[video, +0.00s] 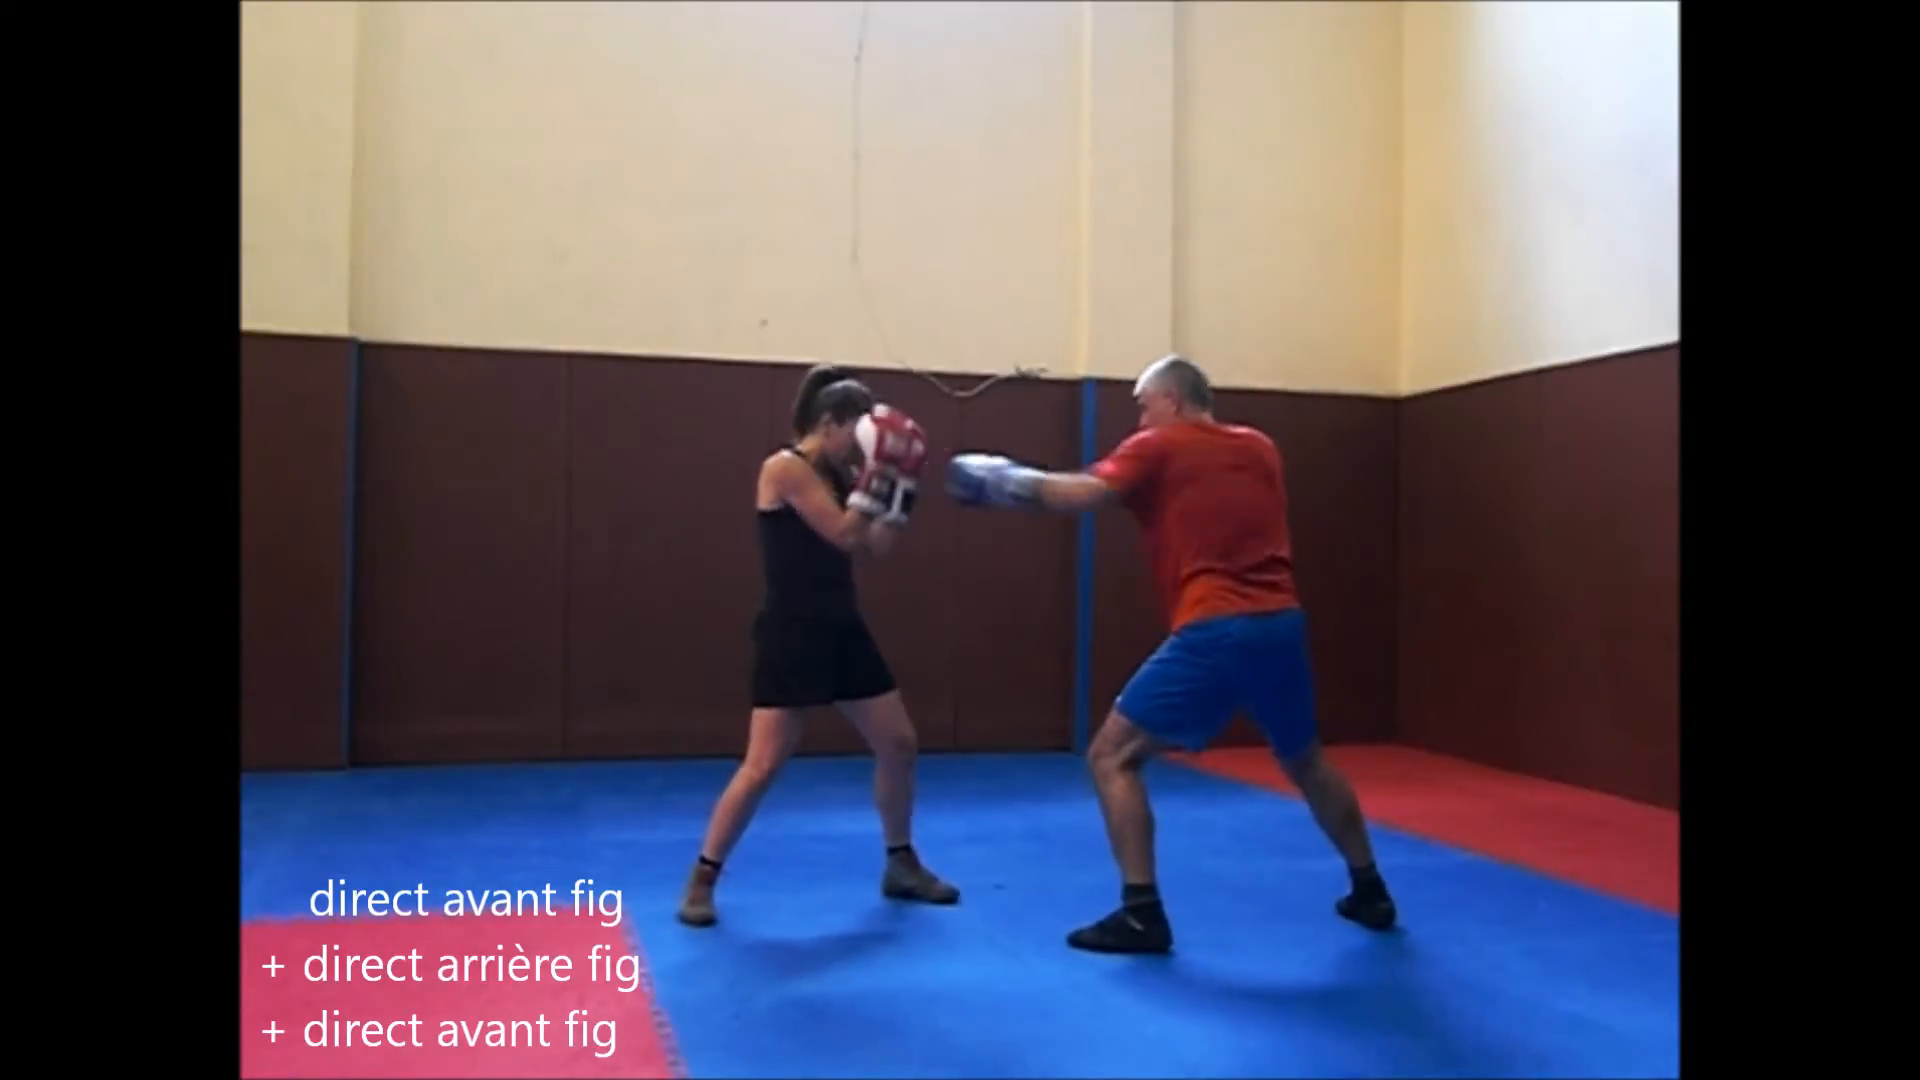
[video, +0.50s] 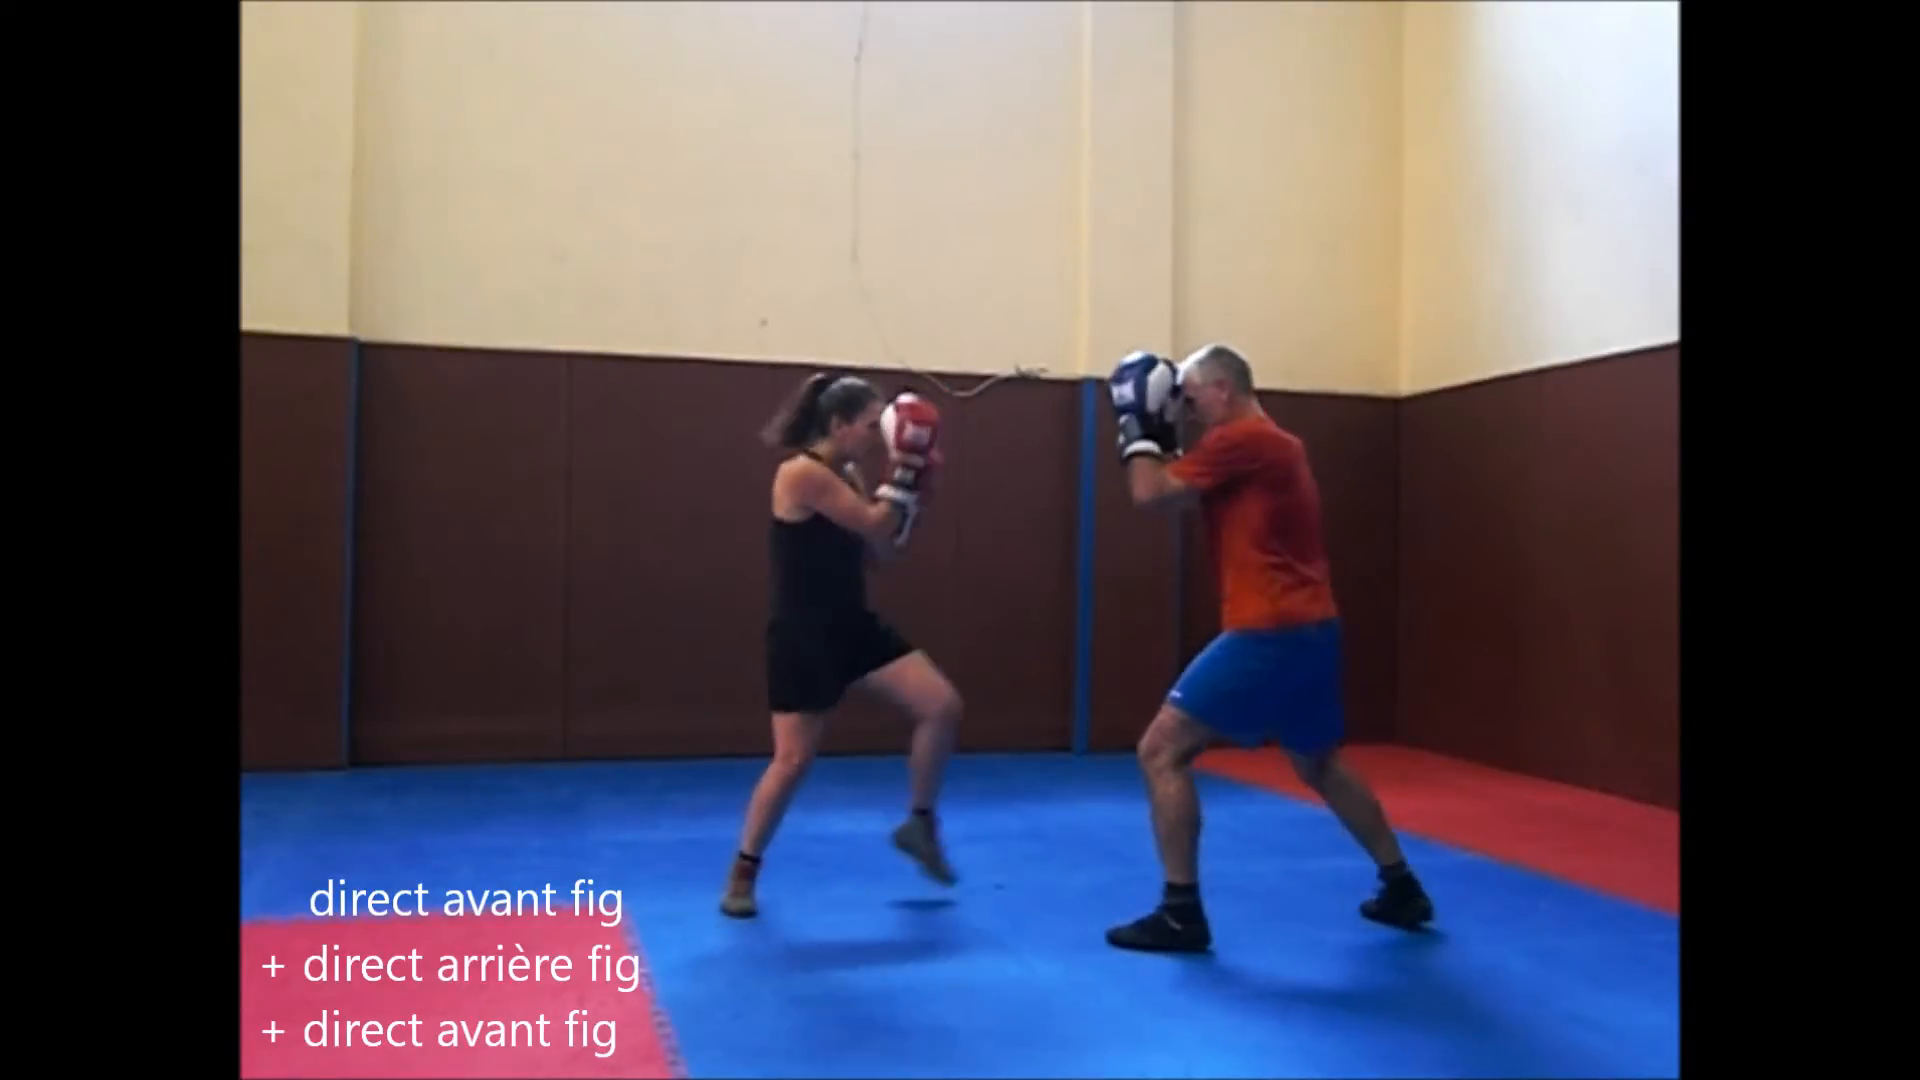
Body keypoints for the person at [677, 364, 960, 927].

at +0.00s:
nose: (860, 442)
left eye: (864, 432)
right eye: (857, 430)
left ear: (838, 425)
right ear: (828, 422)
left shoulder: (834, 475)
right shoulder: (784, 469)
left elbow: (879, 539)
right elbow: (844, 532)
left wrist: (899, 483)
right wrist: (878, 476)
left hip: (840, 634)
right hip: (790, 636)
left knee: (897, 743)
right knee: (762, 765)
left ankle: (901, 865)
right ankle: (702, 879)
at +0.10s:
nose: (871, 447)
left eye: (873, 438)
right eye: (864, 436)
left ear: (844, 437)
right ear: (829, 434)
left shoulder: (846, 491)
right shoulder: (787, 486)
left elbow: (865, 568)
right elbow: (825, 568)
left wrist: (890, 520)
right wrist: (865, 514)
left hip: (842, 646)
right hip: (789, 649)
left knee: (913, 746)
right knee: (764, 769)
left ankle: (904, 866)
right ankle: (702, 882)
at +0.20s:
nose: (881, 428)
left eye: (882, 417)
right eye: (872, 417)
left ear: (852, 419)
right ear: (836, 417)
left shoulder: (856, 470)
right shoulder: (793, 468)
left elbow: (870, 550)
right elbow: (815, 554)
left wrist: (900, 507)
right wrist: (868, 505)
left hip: (847, 624)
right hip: (795, 628)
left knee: (901, 734)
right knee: (766, 755)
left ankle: (905, 863)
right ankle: (705, 877)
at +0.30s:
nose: (879, 411)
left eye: (880, 401)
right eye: (871, 400)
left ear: (855, 404)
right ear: (836, 401)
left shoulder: (852, 455)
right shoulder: (799, 449)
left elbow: (891, 518)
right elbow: (847, 519)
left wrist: (919, 469)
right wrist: (888, 469)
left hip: (846, 611)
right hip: (794, 613)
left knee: (882, 731)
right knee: (778, 742)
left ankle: (884, 857)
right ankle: (727, 864)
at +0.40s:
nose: (876, 427)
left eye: (879, 417)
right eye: (869, 416)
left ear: (844, 419)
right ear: (834, 414)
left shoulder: (846, 469)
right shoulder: (797, 465)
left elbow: (904, 516)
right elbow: (878, 504)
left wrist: (929, 457)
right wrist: (908, 450)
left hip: (842, 628)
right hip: (793, 631)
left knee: (899, 729)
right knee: (796, 756)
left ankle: (882, 855)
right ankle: (747, 870)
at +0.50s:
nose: (877, 435)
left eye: (878, 425)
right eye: (871, 424)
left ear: (842, 427)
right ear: (838, 423)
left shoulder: (843, 476)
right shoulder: (801, 474)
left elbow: (884, 541)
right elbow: (876, 526)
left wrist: (910, 486)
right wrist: (903, 471)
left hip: (853, 630)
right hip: (803, 638)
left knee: (941, 705)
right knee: (792, 759)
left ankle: (921, 823)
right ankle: (744, 869)